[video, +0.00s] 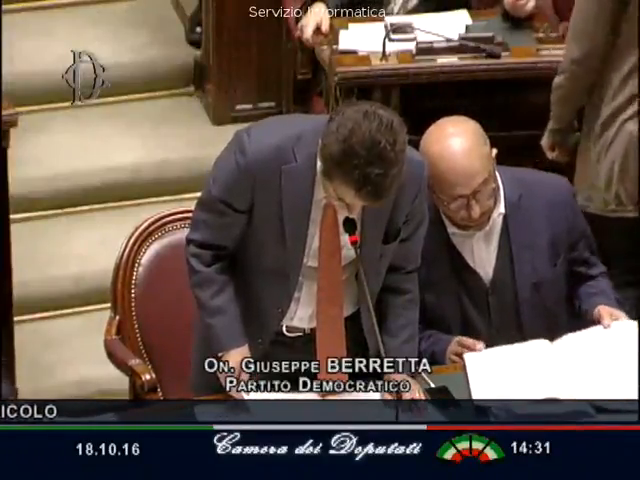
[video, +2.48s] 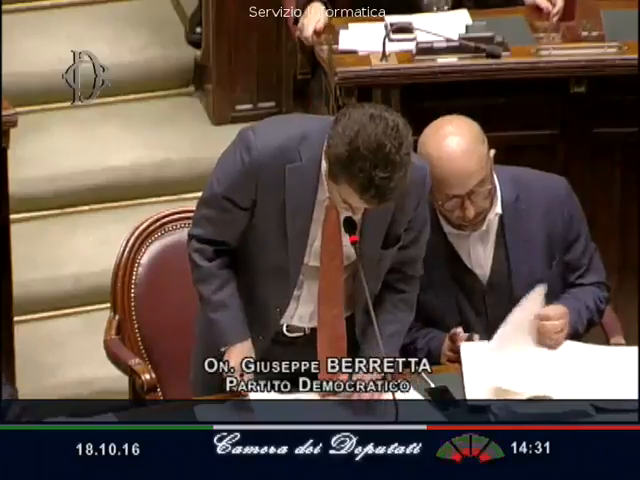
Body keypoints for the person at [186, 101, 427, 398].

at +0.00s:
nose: (352, 213)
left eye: (366, 204)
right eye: (342, 200)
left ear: (393, 174)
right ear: (323, 162)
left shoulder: (409, 176)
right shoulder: (255, 157)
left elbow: (402, 276)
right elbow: (206, 250)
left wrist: (401, 366)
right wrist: (231, 343)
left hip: (351, 336)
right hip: (265, 339)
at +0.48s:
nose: (357, 213)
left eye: (370, 204)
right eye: (347, 200)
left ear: (397, 175)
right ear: (325, 160)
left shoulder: (408, 175)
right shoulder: (255, 157)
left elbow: (402, 276)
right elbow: (206, 251)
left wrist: (400, 366)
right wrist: (231, 344)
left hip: (350, 337)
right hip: (262, 341)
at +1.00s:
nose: (361, 213)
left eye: (374, 203)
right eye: (350, 200)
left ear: (398, 176)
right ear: (328, 162)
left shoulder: (408, 176)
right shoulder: (255, 157)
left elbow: (402, 276)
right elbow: (206, 251)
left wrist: (400, 366)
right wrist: (231, 344)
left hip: (349, 336)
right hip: (262, 340)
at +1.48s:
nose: (359, 213)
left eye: (372, 204)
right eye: (349, 200)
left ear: (398, 175)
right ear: (327, 161)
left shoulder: (409, 175)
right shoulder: (256, 156)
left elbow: (403, 275)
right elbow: (207, 250)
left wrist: (400, 366)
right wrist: (231, 345)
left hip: (350, 336)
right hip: (263, 340)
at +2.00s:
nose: (357, 213)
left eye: (369, 205)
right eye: (348, 201)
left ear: (397, 176)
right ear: (328, 162)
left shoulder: (409, 178)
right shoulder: (257, 156)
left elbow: (404, 274)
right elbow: (206, 246)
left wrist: (402, 364)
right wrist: (233, 342)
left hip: (349, 336)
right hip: (263, 340)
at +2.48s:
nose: (356, 215)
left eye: (369, 207)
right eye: (347, 202)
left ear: (399, 177)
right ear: (328, 159)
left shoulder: (412, 181)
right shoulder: (260, 154)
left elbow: (403, 282)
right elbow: (208, 243)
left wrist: (376, 364)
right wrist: (235, 339)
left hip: (342, 341)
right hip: (257, 343)